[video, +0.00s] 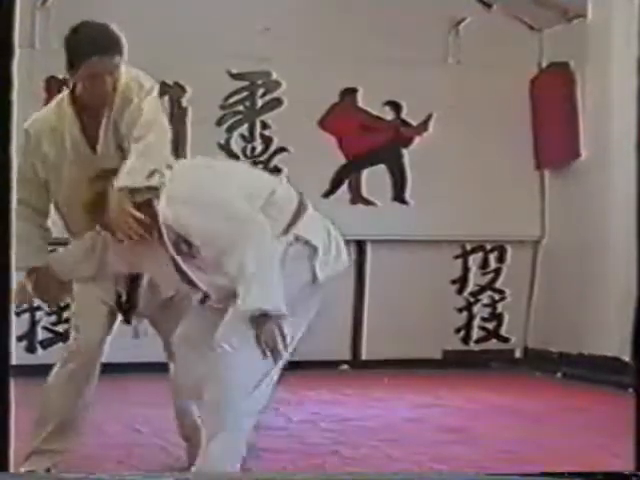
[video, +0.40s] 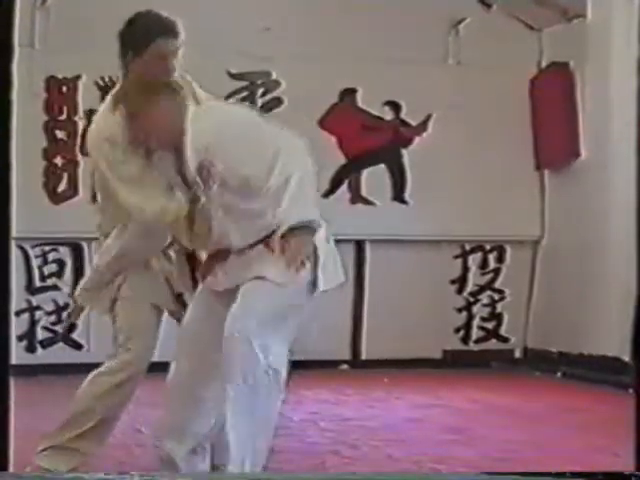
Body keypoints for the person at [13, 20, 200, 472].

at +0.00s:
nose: (107, 87)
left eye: (113, 75)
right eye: (95, 79)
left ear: (122, 67)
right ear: (72, 75)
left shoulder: (136, 94)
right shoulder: (41, 131)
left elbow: (154, 142)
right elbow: (28, 206)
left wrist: (122, 193)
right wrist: (34, 264)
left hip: (151, 237)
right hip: (91, 246)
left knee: (187, 339)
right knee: (85, 345)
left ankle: (201, 450)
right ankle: (43, 456)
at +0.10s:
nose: (130, 84)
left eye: (134, 73)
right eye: (120, 75)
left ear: (141, 69)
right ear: (92, 76)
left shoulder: (155, 101)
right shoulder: (68, 134)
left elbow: (148, 152)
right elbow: (52, 220)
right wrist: (59, 289)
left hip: (159, 237)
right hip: (97, 248)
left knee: (199, 337)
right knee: (94, 350)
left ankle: (186, 446)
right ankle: (49, 455)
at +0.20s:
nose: (147, 82)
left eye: (149, 71)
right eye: (135, 75)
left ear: (152, 64)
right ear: (106, 78)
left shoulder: (174, 100)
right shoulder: (86, 135)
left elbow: (182, 176)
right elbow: (87, 221)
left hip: (171, 245)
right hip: (107, 254)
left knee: (200, 341)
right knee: (99, 359)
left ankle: (186, 444)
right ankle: (47, 456)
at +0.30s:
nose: (161, 73)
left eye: (163, 63)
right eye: (150, 65)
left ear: (166, 61)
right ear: (120, 68)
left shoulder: (175, 96)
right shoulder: (100, 132)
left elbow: (227, 123)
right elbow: (118, 218)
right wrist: (172, 259)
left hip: (190, 246)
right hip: (128, 254)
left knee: (216, 344)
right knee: (120, 358)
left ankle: (201, 456)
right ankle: (53, 461)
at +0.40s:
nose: (173, 65)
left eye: (175, 55)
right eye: (163, 57)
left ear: (178, 54)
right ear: (132, 59)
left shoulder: (183, 93)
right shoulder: (108, 130)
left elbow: (222, 143)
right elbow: (143, 207)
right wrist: (200, 216)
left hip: (189, 243)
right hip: (133, 253)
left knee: (217, 341)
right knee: (133, 357)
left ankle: (217, 453)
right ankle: (59, 458)